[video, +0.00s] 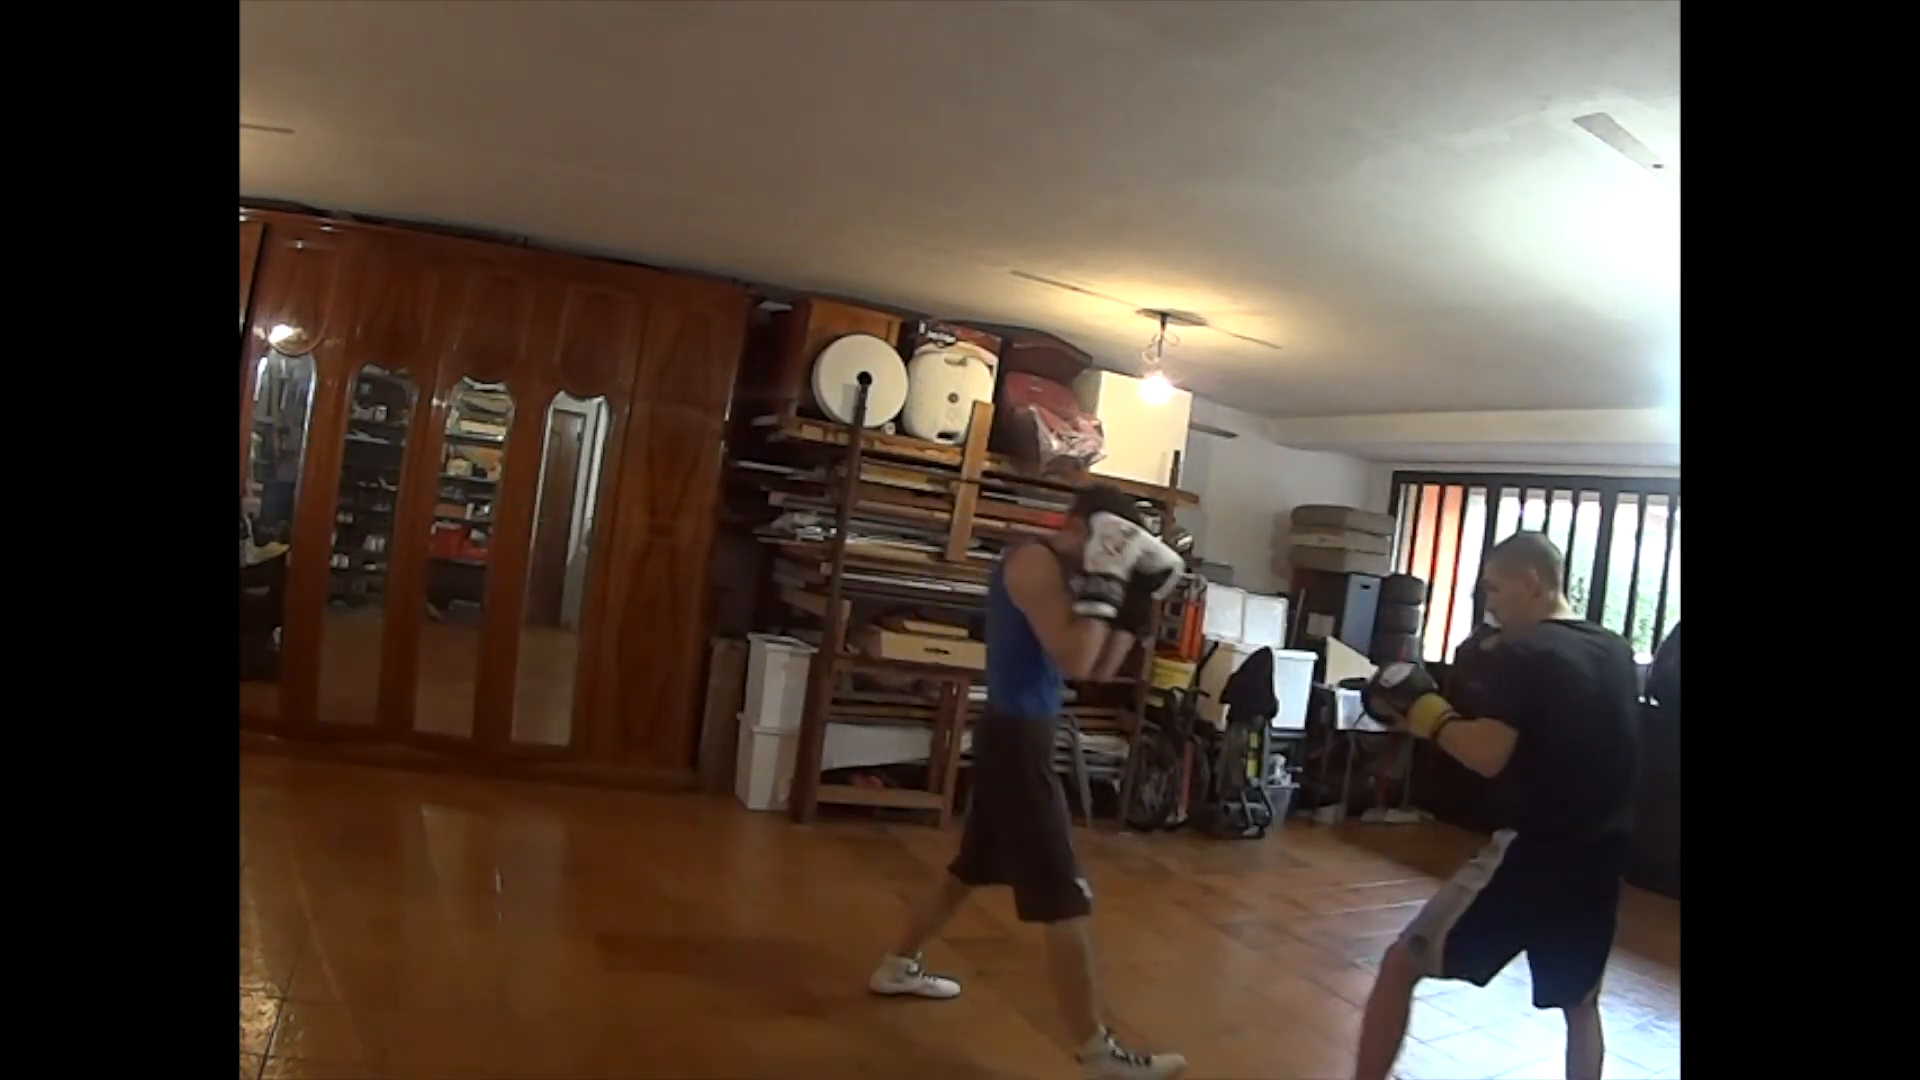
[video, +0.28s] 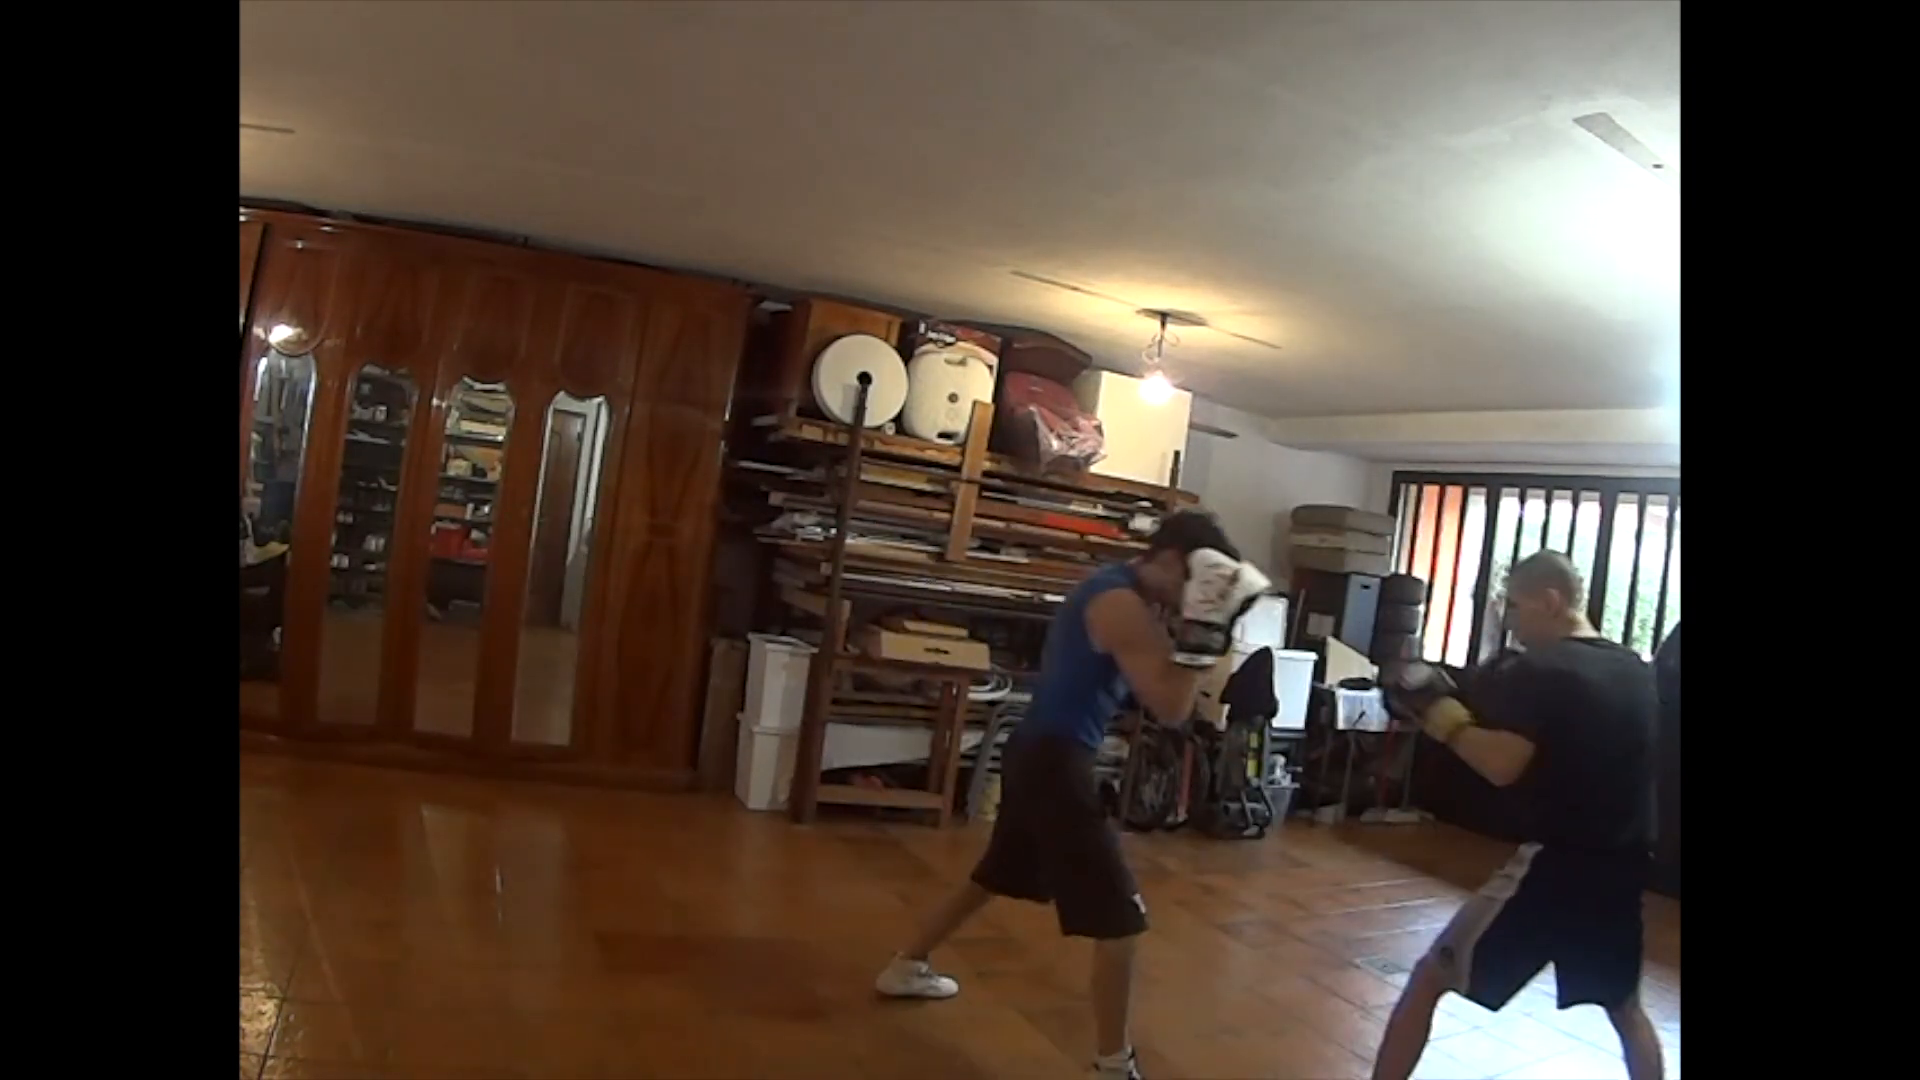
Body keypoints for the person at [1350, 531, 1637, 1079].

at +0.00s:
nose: (1488, 606)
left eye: (1492, 591)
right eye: (1486, 593)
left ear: (1532, 582)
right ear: (1550, 584)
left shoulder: (1520, 652)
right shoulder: (1614, 650)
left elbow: (1487, 753)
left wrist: (1425, 713)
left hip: (1526, 852)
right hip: (1598, 855)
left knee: (1401, 964)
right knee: (1583, 1005)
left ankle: (1366, 1076)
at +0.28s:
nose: (1510, 621)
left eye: (1514, 607)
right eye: (1509, 608)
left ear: (1551, 600)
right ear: (1571, 601)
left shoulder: (1545, 668)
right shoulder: (1635, 668)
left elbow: (1501, 764)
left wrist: (1442, 714)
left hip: (1552, 862)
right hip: (1622, 864)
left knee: (1429, 978)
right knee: (1626, 1007)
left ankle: (1382, 1077)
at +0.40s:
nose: (1553, 625)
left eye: (1559, 610)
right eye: (1552, 611)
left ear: (1598, 603)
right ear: (1606, 605)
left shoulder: (1593, 670)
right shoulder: (1669, 671)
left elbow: (1566, 767)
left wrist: (1492, 738)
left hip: (1592, 863)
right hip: (1655, 867)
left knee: (1462, 988)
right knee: (1641, 1014)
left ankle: (1396, 1076)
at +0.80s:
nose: (1585, 634)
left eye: (1590, 619)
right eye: (1583, 621)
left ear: (1629, 612)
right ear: (1638, 615)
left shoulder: (1619, 675)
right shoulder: (1672, 673)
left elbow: (1608, 763)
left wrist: (1516, 746)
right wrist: (1590, 681)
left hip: (1616, 866)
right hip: (1668, 872)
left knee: (1488, 998)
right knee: (1652, 1014)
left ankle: (1418, 1077)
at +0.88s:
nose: (1585, 639)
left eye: (1590, 625)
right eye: (1582, 626)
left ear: (1628, 619)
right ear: (1640, 622)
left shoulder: (1617, 680)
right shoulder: (1672, 680)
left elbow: (1604, 766)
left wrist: (1514, 745)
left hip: (1618, 868)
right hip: (1669, 873)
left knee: (1487, 993)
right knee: (1662, 1011)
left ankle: (1417, 1077)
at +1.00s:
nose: (1601, 655)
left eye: (1609, 644)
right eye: (1601, 643)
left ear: (1648, 638)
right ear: (1652, 640)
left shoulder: (1639, 692)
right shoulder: (1671, 692)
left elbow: (1621, 762)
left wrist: (1540, 728)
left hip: (1625, 879)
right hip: (1668, 885)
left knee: (1482, 998)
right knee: (1672, 1015)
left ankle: (1414, 1075)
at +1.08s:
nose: (1620, 650)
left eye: (1631, 640)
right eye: (1622, 640)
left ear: (1667, 642)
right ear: (1664, 642)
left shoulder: (1661, 698)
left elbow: (1652, 771)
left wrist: (1564, 737)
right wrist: (1549, 728)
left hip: (1645, 879)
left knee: (1499, 1003)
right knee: (1675, 1020)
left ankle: (1425, 1076)